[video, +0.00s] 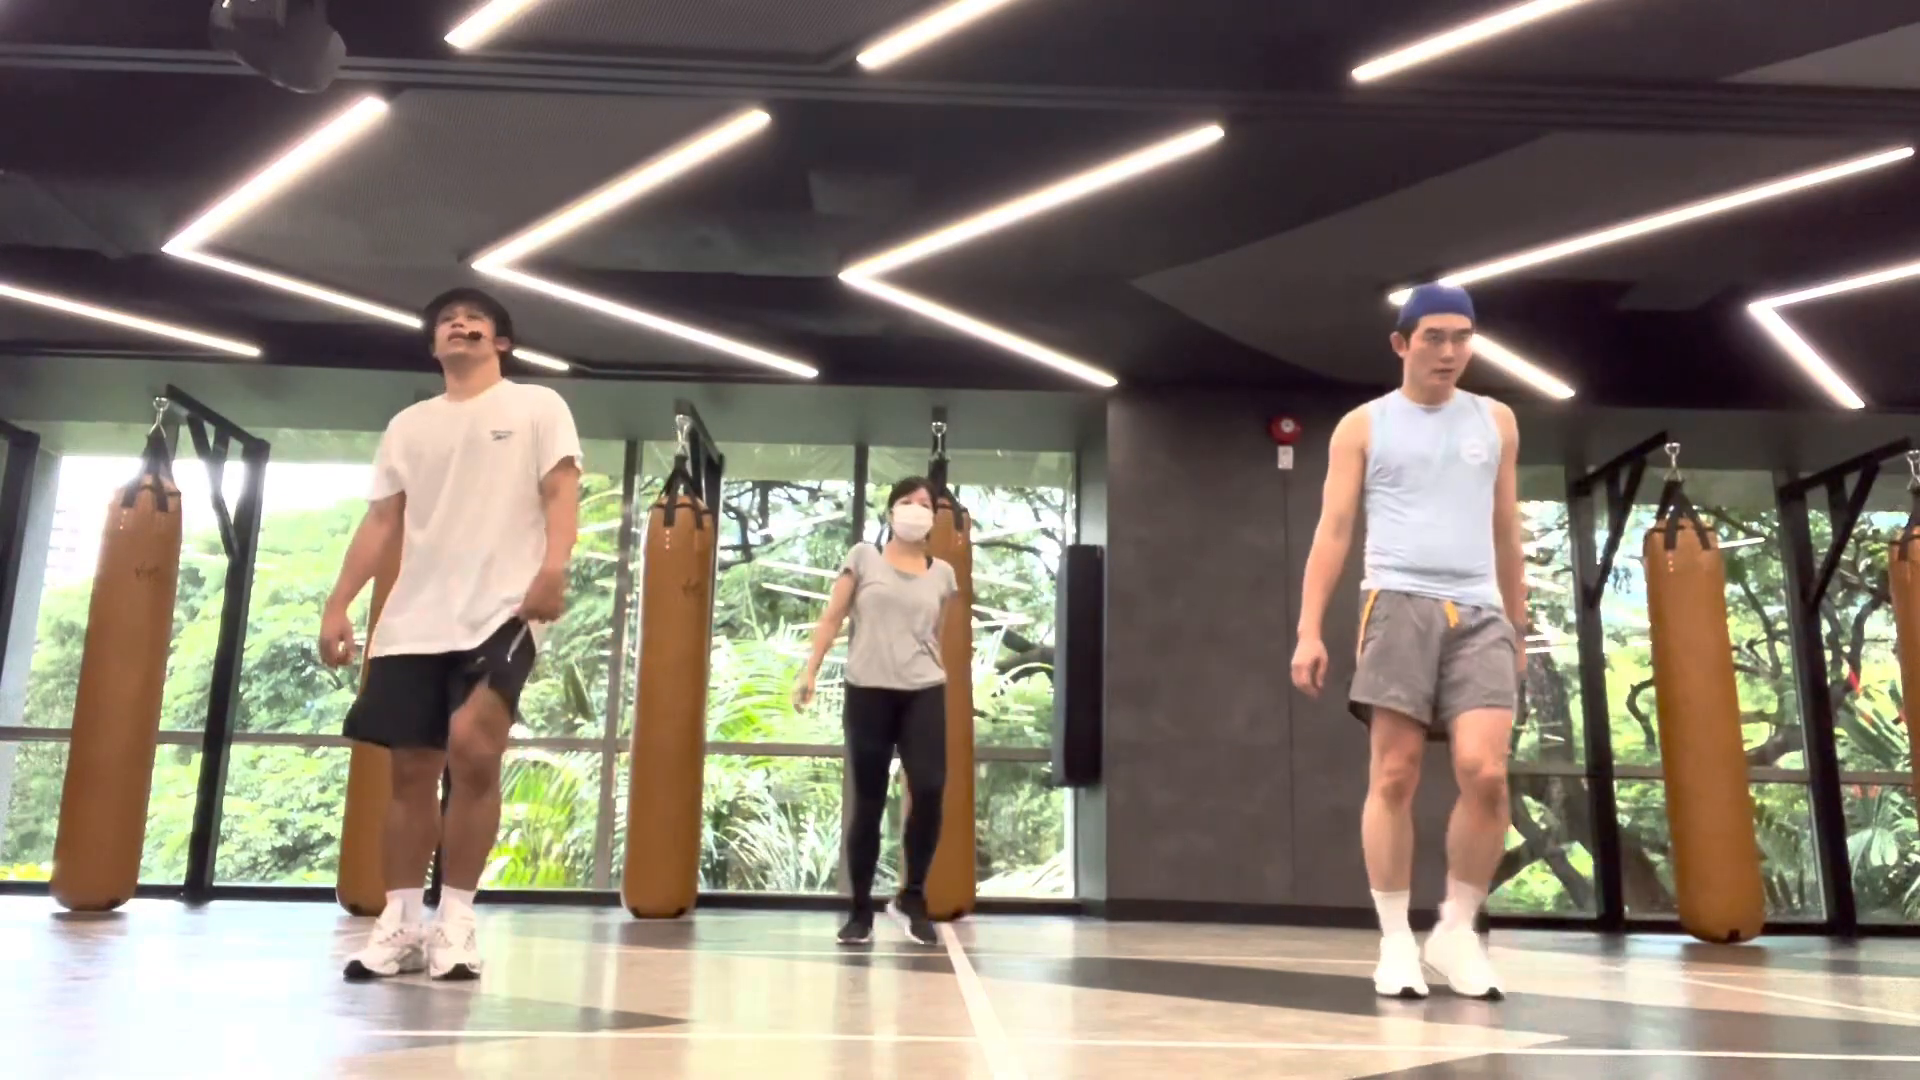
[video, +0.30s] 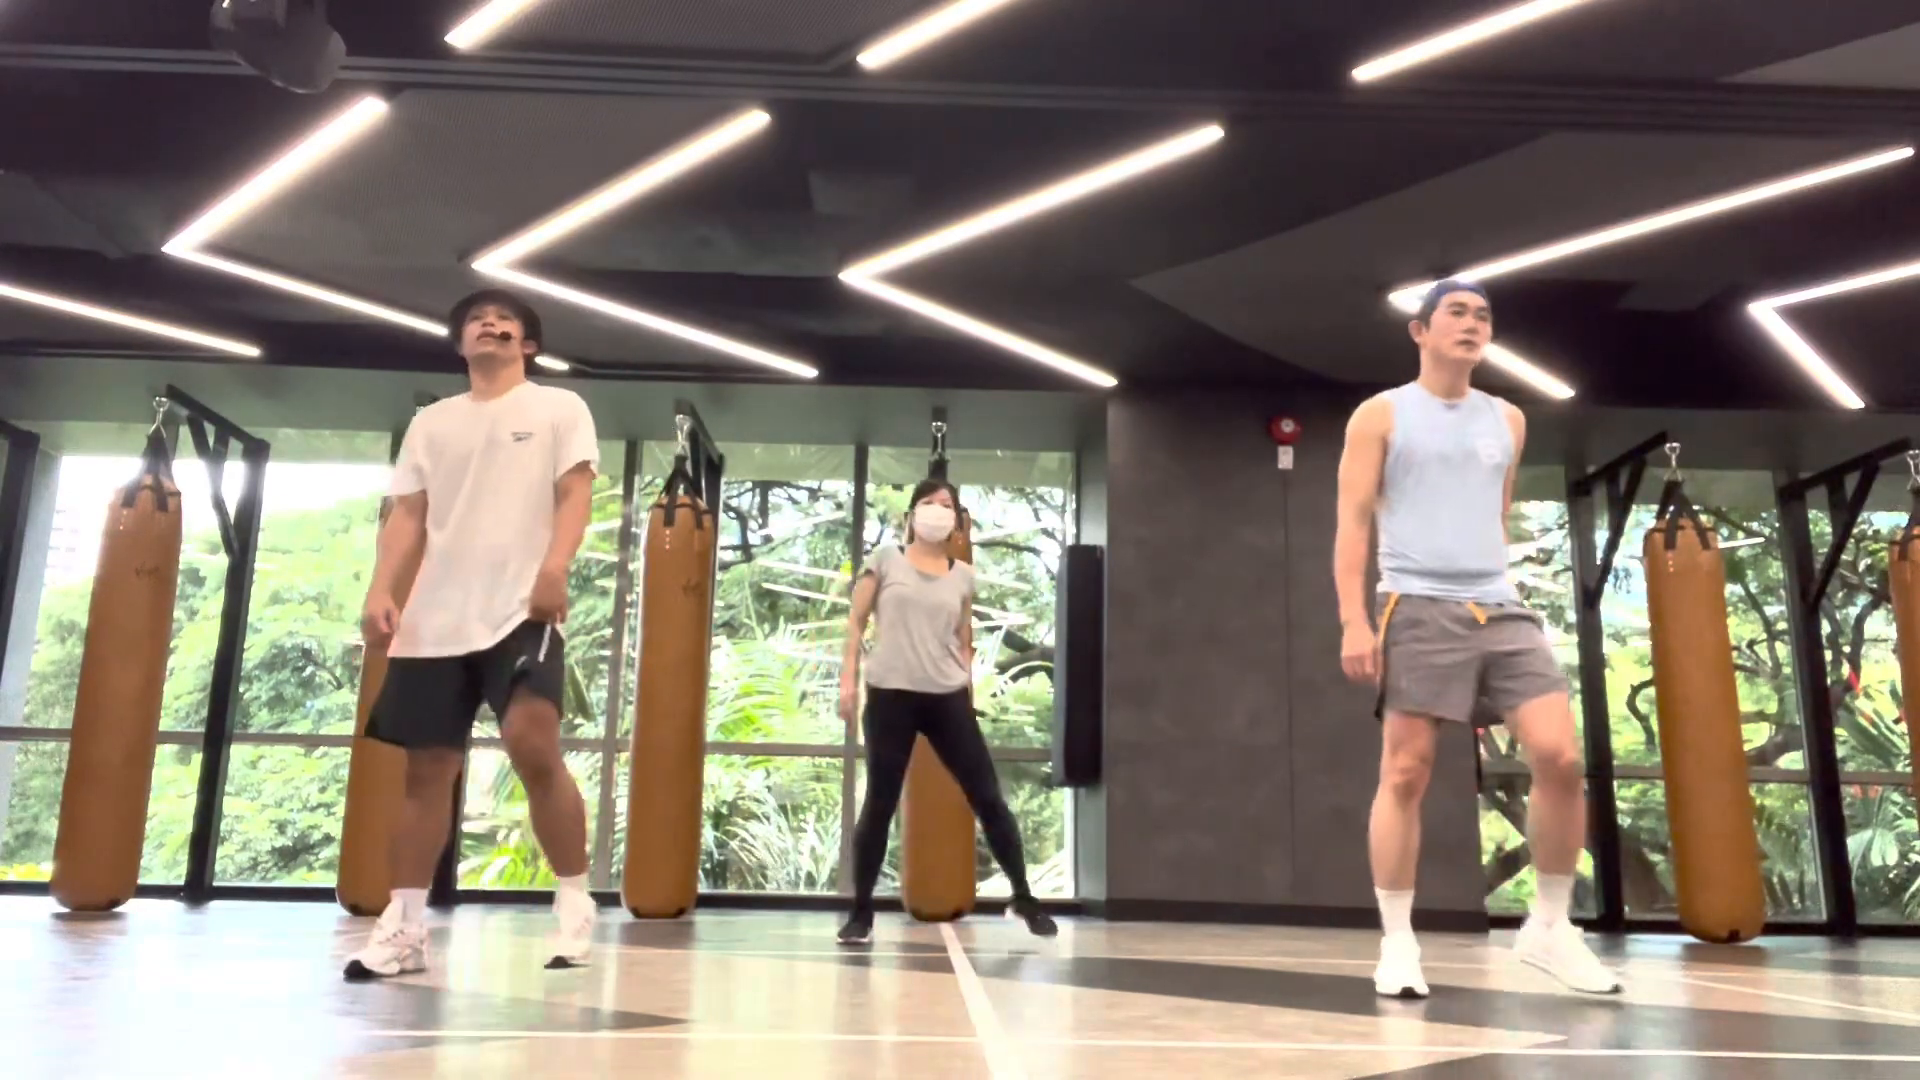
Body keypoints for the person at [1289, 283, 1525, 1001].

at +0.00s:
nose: (1448, 351)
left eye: (1459, 338)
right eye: (1434, 337)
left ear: (1472, 346)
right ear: (1401, 344)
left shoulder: (1496, 423)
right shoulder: (1361, 427)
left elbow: (1507, 537)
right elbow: (1333, 531)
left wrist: (1517, 626)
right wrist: (1309, 628)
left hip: (1482, 614)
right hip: (1397, 611)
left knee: (1486, 774)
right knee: (1394, 776)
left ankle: (1455, 934)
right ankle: (1396, 944)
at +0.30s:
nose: (1472, 324)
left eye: (1482, 317)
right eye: (1457, 312)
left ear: (1490, 340)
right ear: (1420, 330)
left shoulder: (1507, 422)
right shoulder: (1379, 415)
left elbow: (1500, 524)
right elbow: (1353, 521)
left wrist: (1497, 606)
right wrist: (1354, 621)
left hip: (1502, 611)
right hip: (1418, 612)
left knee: (1562, 760)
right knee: (1405, 774)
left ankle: (1547, 929)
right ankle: (1398, 944)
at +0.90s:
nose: (1551, 326)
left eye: (1557, 319)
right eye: (1532, 320)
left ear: (1572, 347)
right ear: (1501, 352)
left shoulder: (1601, 434)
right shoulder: (1473, 419)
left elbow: (1642, 531)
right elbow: (1447, 522)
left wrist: (1693, 561)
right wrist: (1457, 618)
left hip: (1598, 615)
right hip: (1520, 615)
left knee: (1610, 779)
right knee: (1558, 777)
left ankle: (1606, 951)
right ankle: (1560, 941)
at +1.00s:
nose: (1551, 325)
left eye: (1557, 319)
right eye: (1531, 320)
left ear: (1572, 346)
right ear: (1502, 352)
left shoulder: (1604, 433)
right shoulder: (1472, 419)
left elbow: (1628, 532)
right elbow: (1446, 523)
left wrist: (1685, 537)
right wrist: (1447, 621)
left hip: (1595, 616)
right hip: (1515, 616)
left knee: (1607, 779)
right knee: (1544, 769)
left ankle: (1606, 953)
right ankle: (1540, 935)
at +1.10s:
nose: (1544, 322)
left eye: (1551, 317)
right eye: (1525, 318)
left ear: (1566, 346)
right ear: (1496, 351)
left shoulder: (1603, 429)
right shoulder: (1465, 421)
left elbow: (1612, 527)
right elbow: (1442, 523)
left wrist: (1665, 521)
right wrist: (1434, 619)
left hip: (1587, 620)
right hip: (1501, 619)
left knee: (1602, 778)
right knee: (1508, 762)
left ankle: (1605, 952)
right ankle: (1493, 922)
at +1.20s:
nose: (1527, 322)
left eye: (1536, 316)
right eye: (1509, 318)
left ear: (1553, 343)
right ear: (1482, 348)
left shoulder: (1593, 422)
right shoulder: (1452, 424)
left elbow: (1601, 521)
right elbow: (1432, 524)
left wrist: (1631, 516)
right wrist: (1419, 617)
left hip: (1573, 619)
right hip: (1484, 617)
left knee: (1596, 780)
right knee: (1463, 767)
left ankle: (1605, 954)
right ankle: (1429, 926)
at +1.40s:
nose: (1473, 328)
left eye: (1482, 321)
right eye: (1456, 323)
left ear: (1499, 346)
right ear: (1429, 353)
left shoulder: (1541, 418)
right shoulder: (1398, 431)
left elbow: (1565, 504)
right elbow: (1386, 534)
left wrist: (1572, 542)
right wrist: (1375, 629)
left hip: (1523, 623)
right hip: (1432, 623)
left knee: (1568, 784)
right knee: (1400, 779)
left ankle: (1602, 956)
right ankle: (1372, 945)